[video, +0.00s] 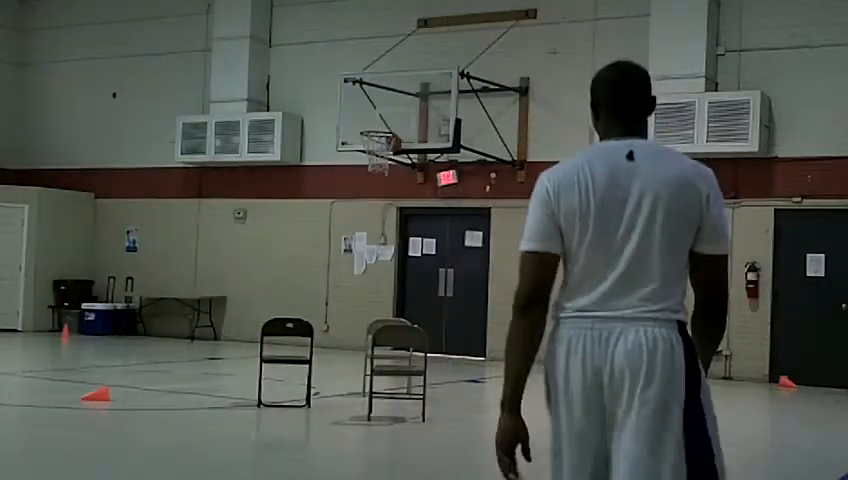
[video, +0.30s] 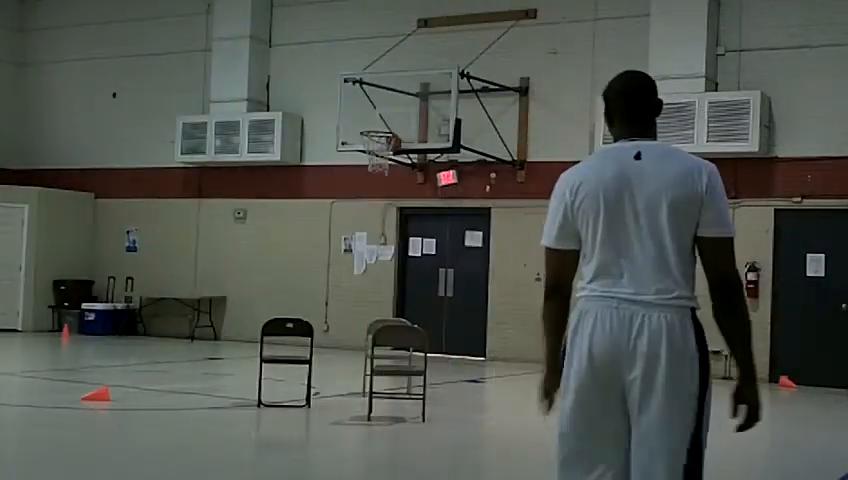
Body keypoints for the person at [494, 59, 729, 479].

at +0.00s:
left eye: (594, 110)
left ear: (594, 113)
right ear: (652, 108)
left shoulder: (558, 181)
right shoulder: (694, 178)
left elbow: (530, 300)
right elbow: (712, 301)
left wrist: (509, 408)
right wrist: (693, 367)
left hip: (574, 350)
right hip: (657, 353)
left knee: (577, 473)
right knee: (655, 473)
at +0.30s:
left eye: (608, 110)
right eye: (659, 105)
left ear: (607, 116)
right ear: (659, 111)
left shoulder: (576, 179)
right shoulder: (698, 174)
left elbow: (557, 286)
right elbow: (723, 284)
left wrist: (552, 364)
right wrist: (746, 373)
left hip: (594, 337)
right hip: (669, 339)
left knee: (588, 468)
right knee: (665, 469)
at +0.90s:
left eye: (664, 142)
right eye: (702, 142)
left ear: (660, 148)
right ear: (704, 146)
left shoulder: (631, 198)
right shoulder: (733, 200)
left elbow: (607, 285)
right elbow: (747, 291)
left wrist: (591, 361)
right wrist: (750, 359)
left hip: (640, 326)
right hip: (703, 329)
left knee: (640, 451)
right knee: (691, 454)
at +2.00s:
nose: (700, 189)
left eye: (702, 183)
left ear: (704, 185)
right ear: (734, 185)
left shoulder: (686, 221)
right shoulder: (761, 224)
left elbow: (667, 289)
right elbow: (774, 296)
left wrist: (654, 346)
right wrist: (778, 359)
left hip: (694, 320)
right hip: (741, 322)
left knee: (687, 408)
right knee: (732, 419)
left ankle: (682, 471)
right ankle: (723, 478)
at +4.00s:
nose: (712, 221)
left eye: (713, 217)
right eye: (713, 216)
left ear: (719, 219)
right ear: (738, 218)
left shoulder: (710, 245)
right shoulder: (763, 245)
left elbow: (695, 289)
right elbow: (774, 288)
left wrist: (685, 317)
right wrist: (771, 322)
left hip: (720, 312)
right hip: (754, 313)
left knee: (721, 385)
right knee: (754, 384)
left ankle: (726, 453)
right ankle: (757, 445)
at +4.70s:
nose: (668, 230)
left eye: (670, 225)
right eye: (668, 225)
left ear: (678, 225)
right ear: (691, 224)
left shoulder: (680, 249)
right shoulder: (715, 248)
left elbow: (678, 292)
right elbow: (720, 289)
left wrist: (675, 333)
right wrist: (716, 318)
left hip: (693, 313)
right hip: (719, 312)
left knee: (680, 370)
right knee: (723, 371)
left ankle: (679, 427)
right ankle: (746, 422)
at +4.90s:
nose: (649, 225)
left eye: (651, 221)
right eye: (649, 221)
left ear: (660, 221)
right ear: (671, 220)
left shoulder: (662, 245)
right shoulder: (692, 244)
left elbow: (654, 288)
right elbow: (698, 282)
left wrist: (635, 326)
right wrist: (693, 308)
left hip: (671, 307)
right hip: (693, 305)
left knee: (670, 369)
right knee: (682, 367)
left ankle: (678, 429)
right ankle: (704, 411)